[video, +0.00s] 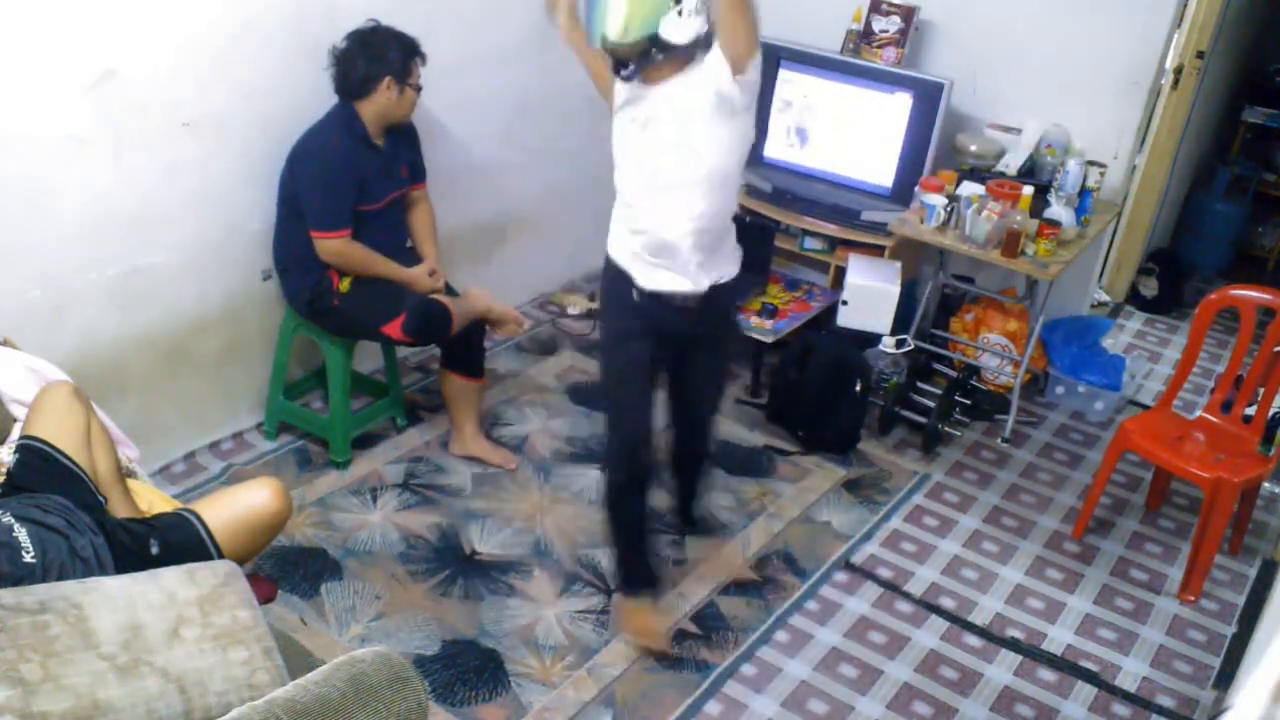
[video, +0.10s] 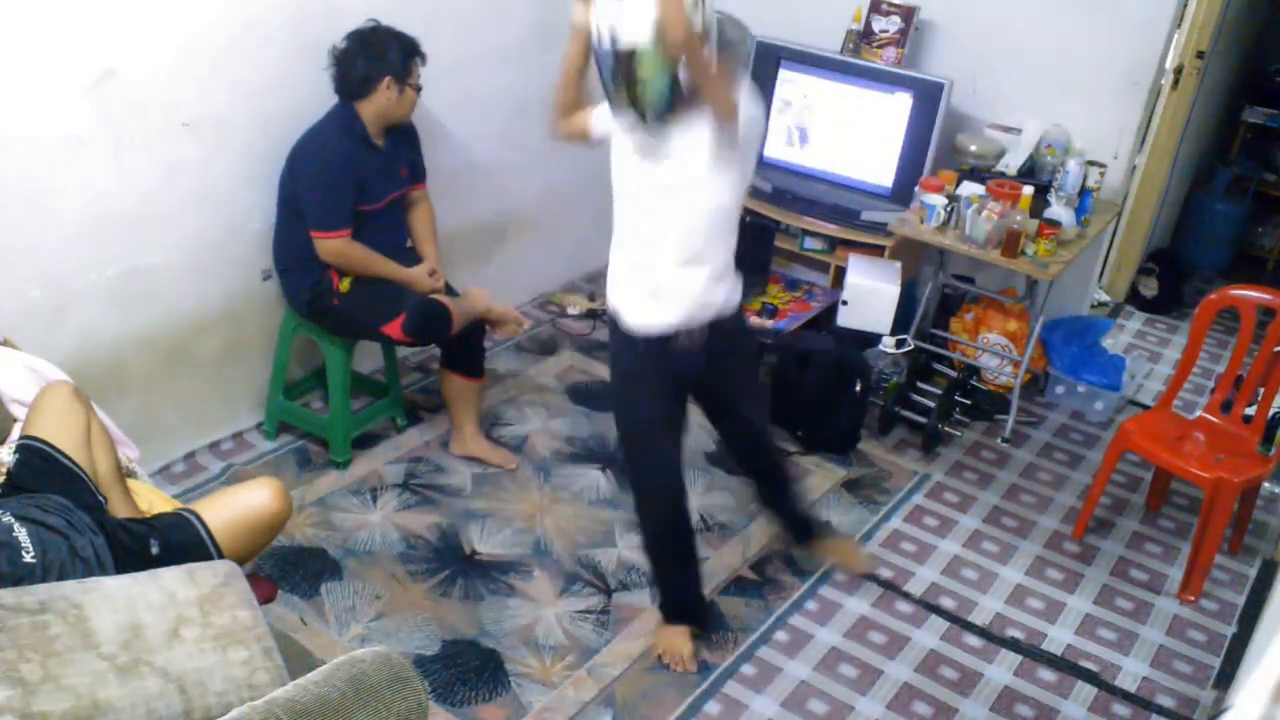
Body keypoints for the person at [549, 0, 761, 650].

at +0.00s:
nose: (627, 69)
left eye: (634, 55)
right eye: (621, 60)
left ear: (667, 43)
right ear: (625, 56)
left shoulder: (727, 79)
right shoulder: (627, 94)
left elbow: (734, 5)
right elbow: (582, 45)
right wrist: (568, 23)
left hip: (706, 297)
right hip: (632, 292)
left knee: (694, 429)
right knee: (628, 441)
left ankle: (686, 517)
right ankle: (634, 585)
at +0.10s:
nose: (663, 68)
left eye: (678, 58)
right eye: (655, 57)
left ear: (704, 60)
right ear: (640, 63)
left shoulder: (733, 117)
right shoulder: (624, 117)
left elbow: (686, 51)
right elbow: (565, 119)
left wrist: (672, 11)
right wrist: (582, 34)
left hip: (715, 326)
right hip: (639, 334)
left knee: (754, 448)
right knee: (655, 487)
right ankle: (678, 612)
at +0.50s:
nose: (662, 60)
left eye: (674, 50)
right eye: (649, 44)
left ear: (680, 53)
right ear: (620, 34)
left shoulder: (671, 103)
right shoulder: (559, 78)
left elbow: (745, 153)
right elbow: (560, 10)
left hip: (661, 295)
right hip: (583, 305)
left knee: (720, 456)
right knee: (581, 458)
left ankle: (784, 626)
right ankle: (594, 566)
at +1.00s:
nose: (585, 25)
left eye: (601, 18)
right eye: (574, 14)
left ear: (627, 24)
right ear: (553, 18)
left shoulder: (655, 59)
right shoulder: (529, 64)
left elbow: (738, 13)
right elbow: (510, 113)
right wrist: (545, 45)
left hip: (601, 298)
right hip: (526, 282)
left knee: (547, 444)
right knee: (502, 407)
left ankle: (499, 579)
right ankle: (497, 486)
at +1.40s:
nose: (636, 22)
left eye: (647, 19)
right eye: (631, 18)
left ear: (666, 22)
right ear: (621, 21)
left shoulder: (685, 74)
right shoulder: (612, 77)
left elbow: (653, 8)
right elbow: (575, 171)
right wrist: (492, 206)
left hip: (642, 286)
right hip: (583, 268)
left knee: (616, 435)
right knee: (502, 399)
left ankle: (624, 554)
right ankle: (497, 528)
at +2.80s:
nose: (727, 131)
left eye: (744, 116)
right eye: (713, 115)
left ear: (783, 95)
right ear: (698, 96)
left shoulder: (826, 131)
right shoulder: (694, 134)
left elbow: (919, 200)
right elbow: (659, 246)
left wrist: (875, 118)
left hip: (773, 333)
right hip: (699, 314)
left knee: (756, 481)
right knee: (656, 422)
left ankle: (744, 600)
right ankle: (685, 473)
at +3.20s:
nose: (712, 85)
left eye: (720, 73)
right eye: (711, 73)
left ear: (750, 70)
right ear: (752, 70)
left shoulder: (777, 123)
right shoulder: (740, 114)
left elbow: (722, 129)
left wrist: (699, 24)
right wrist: (673, 62)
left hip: (749, 330)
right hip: (706, 313)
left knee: (723, 466)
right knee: (638, 435)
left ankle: (736, 586)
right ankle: (590, 569)